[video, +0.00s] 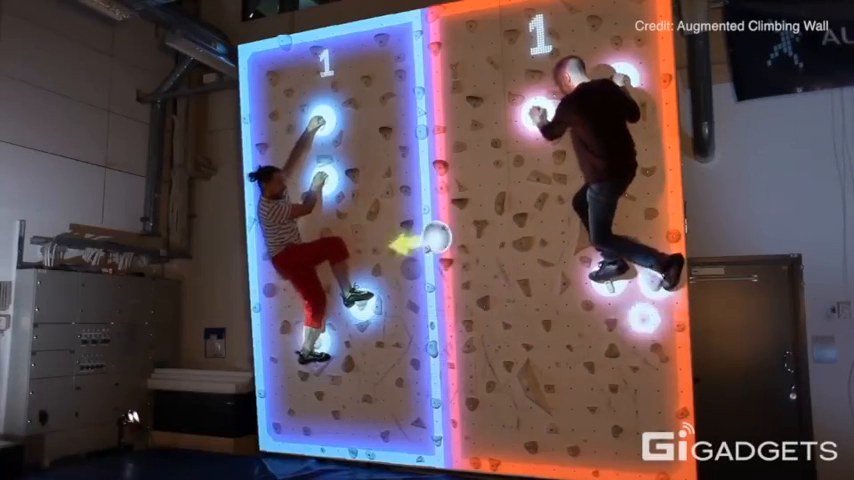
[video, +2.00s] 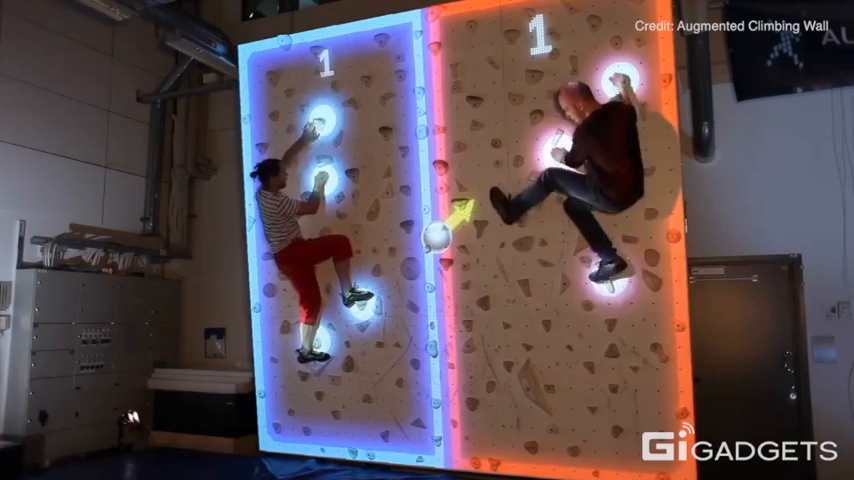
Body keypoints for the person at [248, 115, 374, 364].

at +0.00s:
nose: (284, 185)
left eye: (283, 181)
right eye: (279, 182)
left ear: (273, 185)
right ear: (267, 185)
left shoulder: (268, 200)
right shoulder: (274, 207)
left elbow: (291, 162)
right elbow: (306, 209)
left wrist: (309, 132)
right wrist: (317, 188)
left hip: (283, 259)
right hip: (291, 255)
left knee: (316, 298)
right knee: (333, 245)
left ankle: (307, 351)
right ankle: (349, 293)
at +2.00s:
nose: (286, 178)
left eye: (285, 173)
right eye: (282, 175)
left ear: (267, 178)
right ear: (272, 179)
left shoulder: (263, 194)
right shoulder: (278, 202)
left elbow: (286, 161)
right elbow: (313, 208)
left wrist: (305, 139)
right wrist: (320, 185)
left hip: (284, 257)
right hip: (295, 251)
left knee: (311, 299)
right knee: (340, 243)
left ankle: (306, 350)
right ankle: (348, 292)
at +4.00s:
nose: (304, 158)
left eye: (302, 155)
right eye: (300, 157)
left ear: (289, 165)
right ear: (293, 165)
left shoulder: (287, 175)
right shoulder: (295, 186)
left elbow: (312, 143)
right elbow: (318, 209)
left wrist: (330, 111)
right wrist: (320, 185)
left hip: (288, 241)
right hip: (300, 238)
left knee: (301, 294)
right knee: (345, 242)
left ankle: (305, 347)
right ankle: (348, 291)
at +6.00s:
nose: (285, 188)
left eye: (285, 184)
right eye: (280, 185)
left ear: (282, 181)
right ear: (270, 187)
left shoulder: (270, 193)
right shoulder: (278, 204)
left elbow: (292, 157)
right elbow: (309, 205)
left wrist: (309, 130)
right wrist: (320, 185)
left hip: (283, 253)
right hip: (288, 252)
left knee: (304, 299)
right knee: (332, 250)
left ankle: (305, 352)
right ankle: (344, 297)